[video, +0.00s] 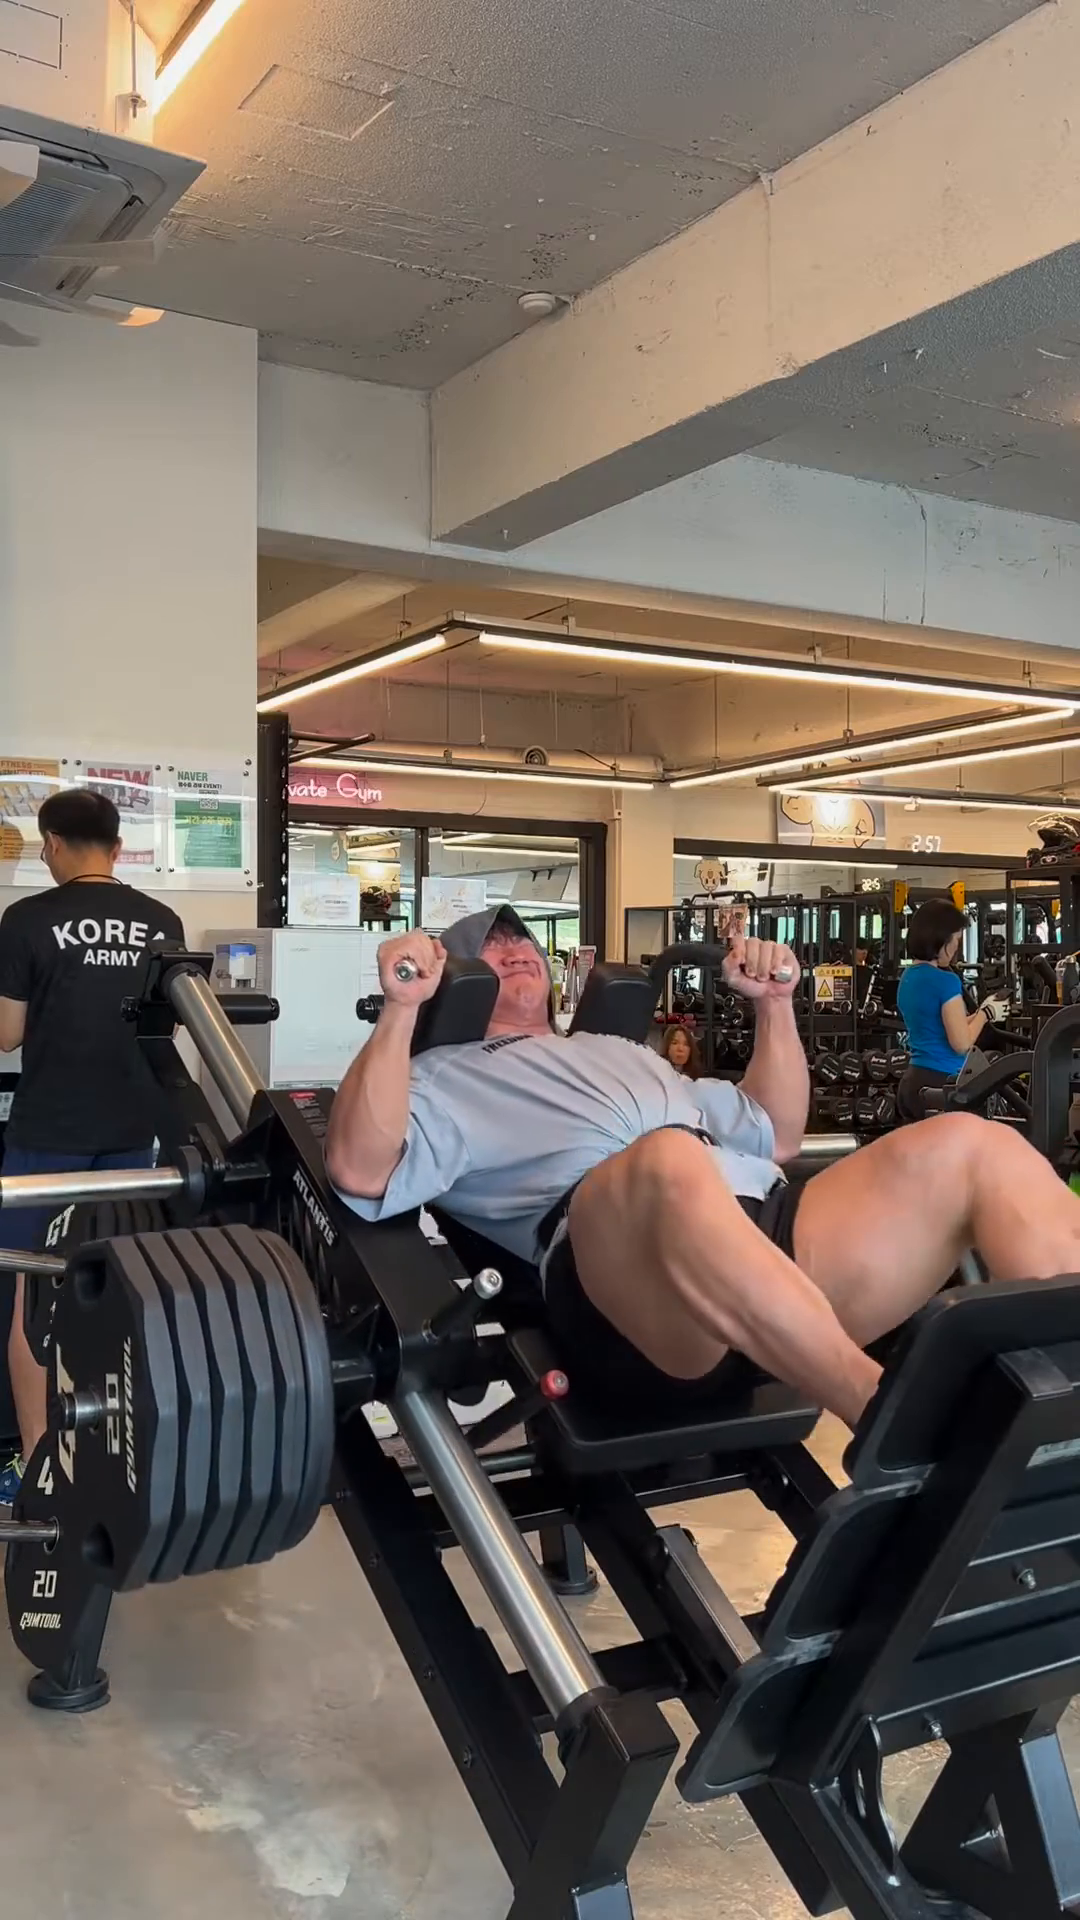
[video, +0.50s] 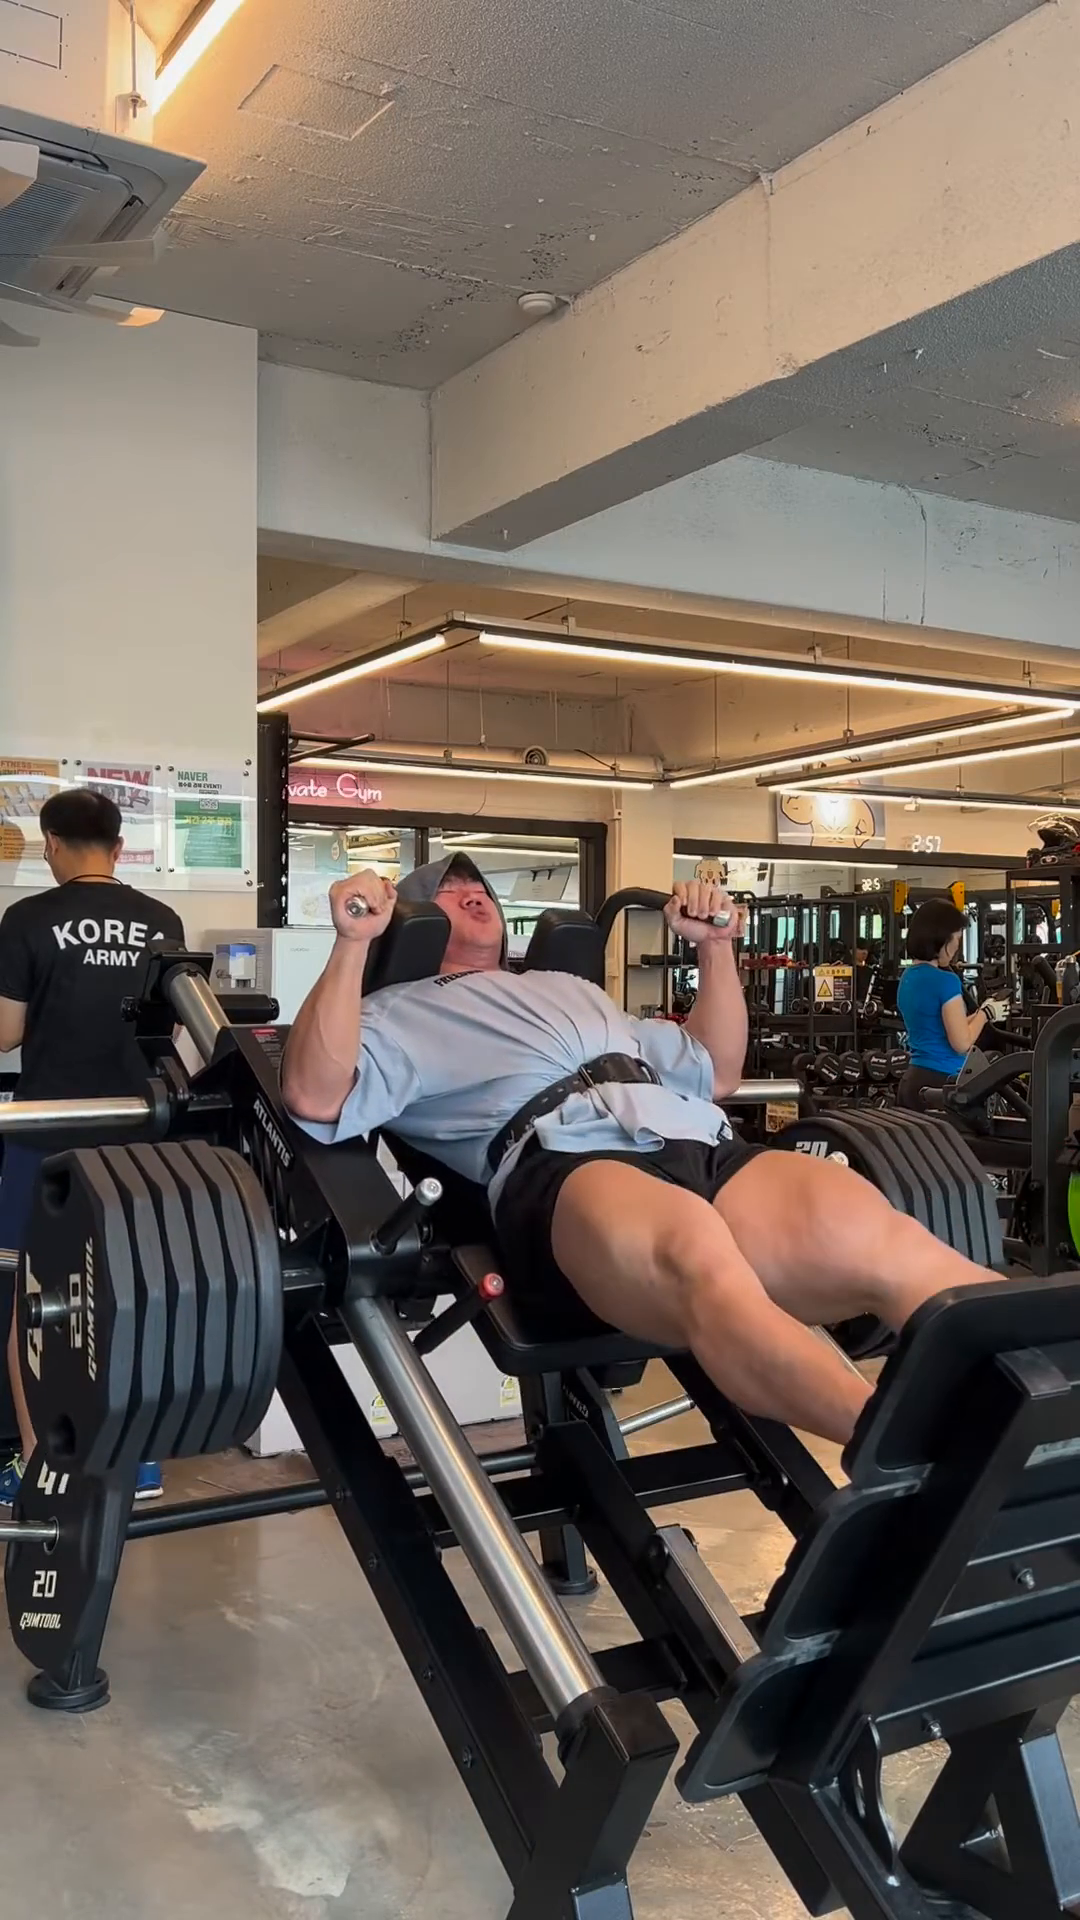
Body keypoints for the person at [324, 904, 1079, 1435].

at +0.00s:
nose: (516, 958)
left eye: (526, 948)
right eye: (493, 951)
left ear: (552, 974)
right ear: (460, 992)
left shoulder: (624, 1057)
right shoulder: (442, 1078)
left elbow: (774, 1135)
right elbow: (358, 1170)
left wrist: (774, 1009)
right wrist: (399, 1011)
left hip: (776, 1253)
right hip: (623, 1308)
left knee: (976, 1149)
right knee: (667, 1166)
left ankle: (1072, 1382)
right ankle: (896, 1424)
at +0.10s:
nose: (508, 934)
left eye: (514, 927)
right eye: (486, 929)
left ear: (534, 958)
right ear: (451, 972)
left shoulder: (609, 1038)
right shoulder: (429, 1059)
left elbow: (757, 1116)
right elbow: (347, 1150)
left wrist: (755, 991)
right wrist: (383, 995)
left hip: (749, 1221)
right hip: (595, 1266)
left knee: (959, 1161)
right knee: (667, 1173)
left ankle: (1071, 1382)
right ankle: (897, 1423)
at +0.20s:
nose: (496, 919)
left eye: (502, 913)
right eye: (472, 914)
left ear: (522, 945)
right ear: (433, 956)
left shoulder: (596, 1021)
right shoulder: (420, 1044)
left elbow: (741, 1090)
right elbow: (333, 1128)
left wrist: (738, 970)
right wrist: (371, 973)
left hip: (732, 1198)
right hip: (585, 1226)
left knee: (939, 1175)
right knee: (675, 1189)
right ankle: (896, 1424)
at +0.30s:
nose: (486, 909)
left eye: (493, 902)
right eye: (465, 902)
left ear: (511, 934)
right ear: (429, 938)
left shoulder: (586, 1009)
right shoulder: (406, 1028)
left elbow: (726, 1081)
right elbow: (322, 1111)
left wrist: (726, 961)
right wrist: (360, 961)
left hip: (711, 1165)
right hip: (574, 1182)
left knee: (903, 1191)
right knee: (688, 1221)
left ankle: (1076, 1344)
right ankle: (906, 1438)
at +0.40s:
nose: (477, 894)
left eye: (484, 888)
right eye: (454, 887)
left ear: (503, 922)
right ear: (422, 924)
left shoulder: (576, 994)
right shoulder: (401, 1016)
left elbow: (715, 1073)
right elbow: (315, 1101)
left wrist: (720, 955)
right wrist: (352, 952)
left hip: (698, 1148)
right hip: (568, 1165)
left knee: (879, 1208)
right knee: (697, 1248)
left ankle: (1066, 1345)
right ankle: (901, 1436)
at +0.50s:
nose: (469, 891)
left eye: (479, 887)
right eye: (449, 886)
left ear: (503, 921)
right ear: (416, 926)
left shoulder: (571, 989)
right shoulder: (399, 1015)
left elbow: (713, 1070)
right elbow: (314, 1096)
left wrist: (716, 951)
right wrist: (350, 948)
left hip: (699, 1148)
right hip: (564, 1166)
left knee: (864, 1222)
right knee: (698, 1264)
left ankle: (1054, 1349)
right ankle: (902, 1438)